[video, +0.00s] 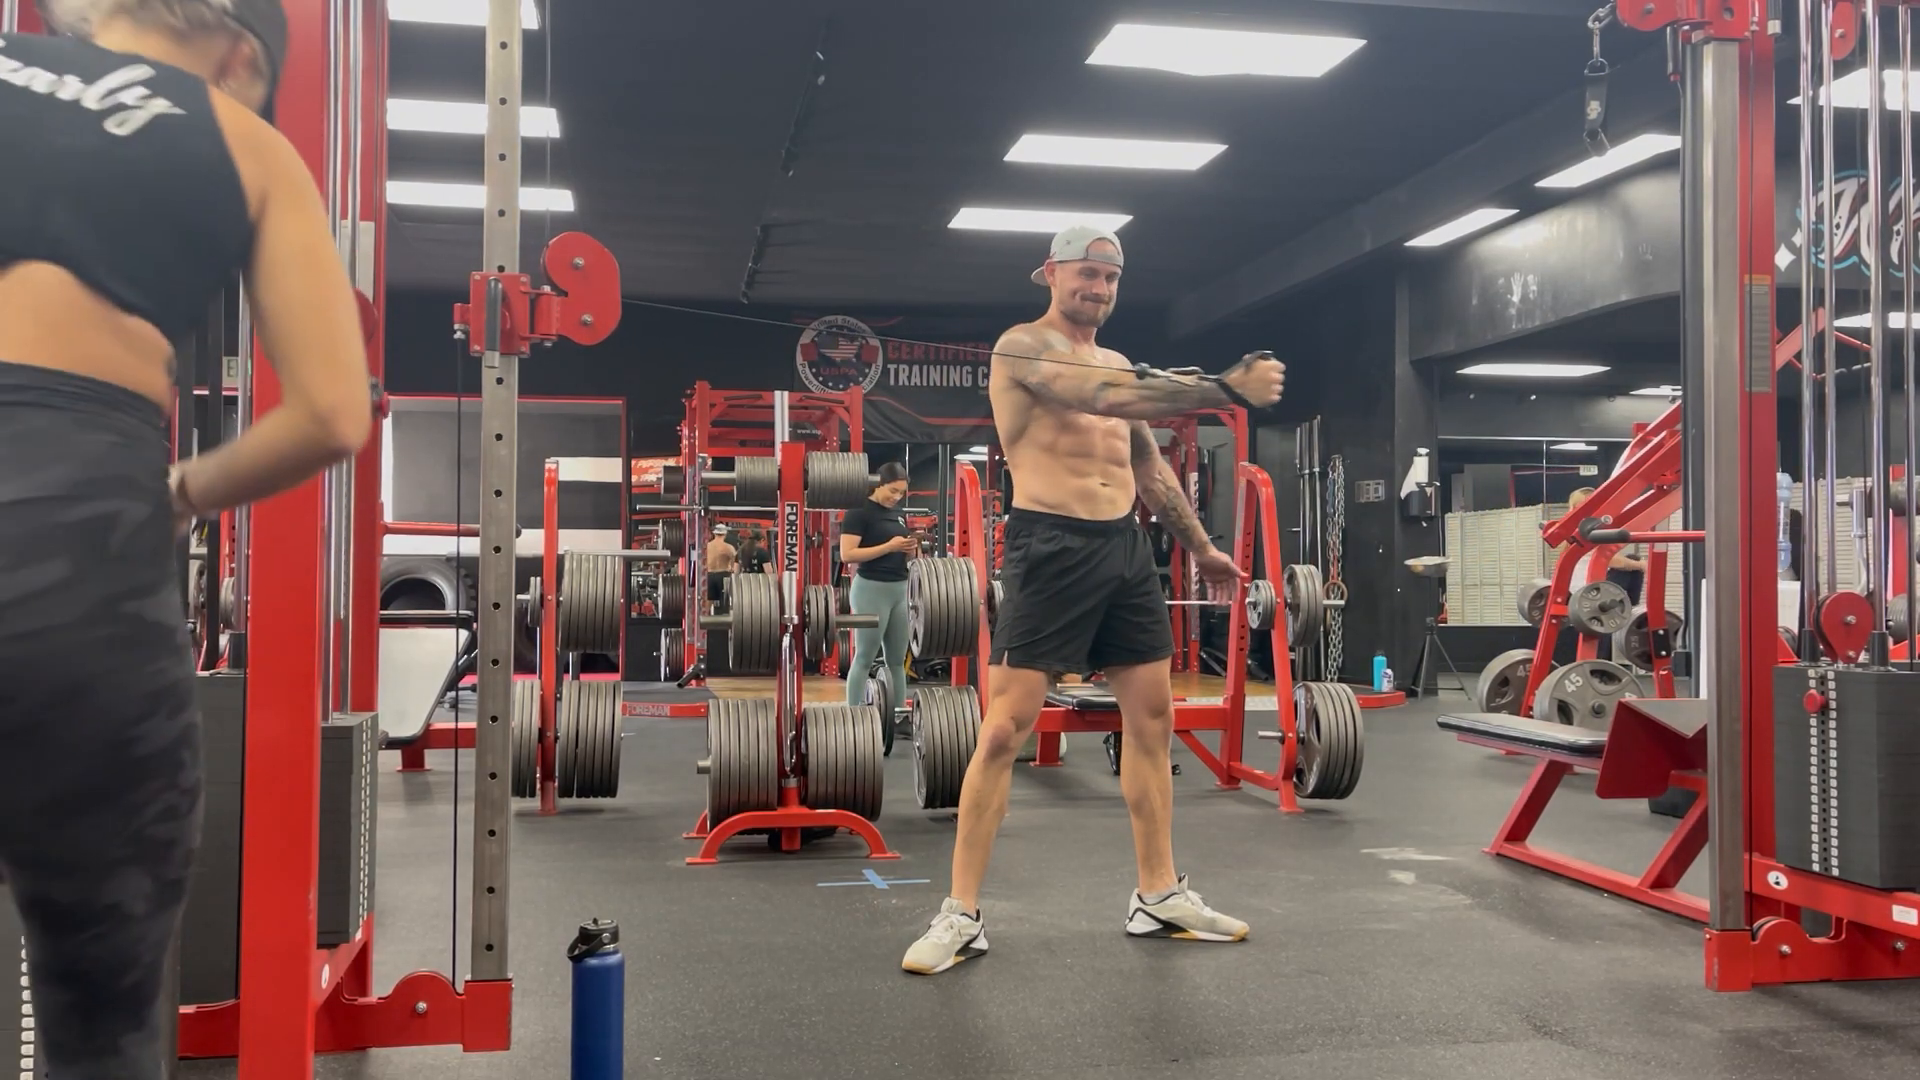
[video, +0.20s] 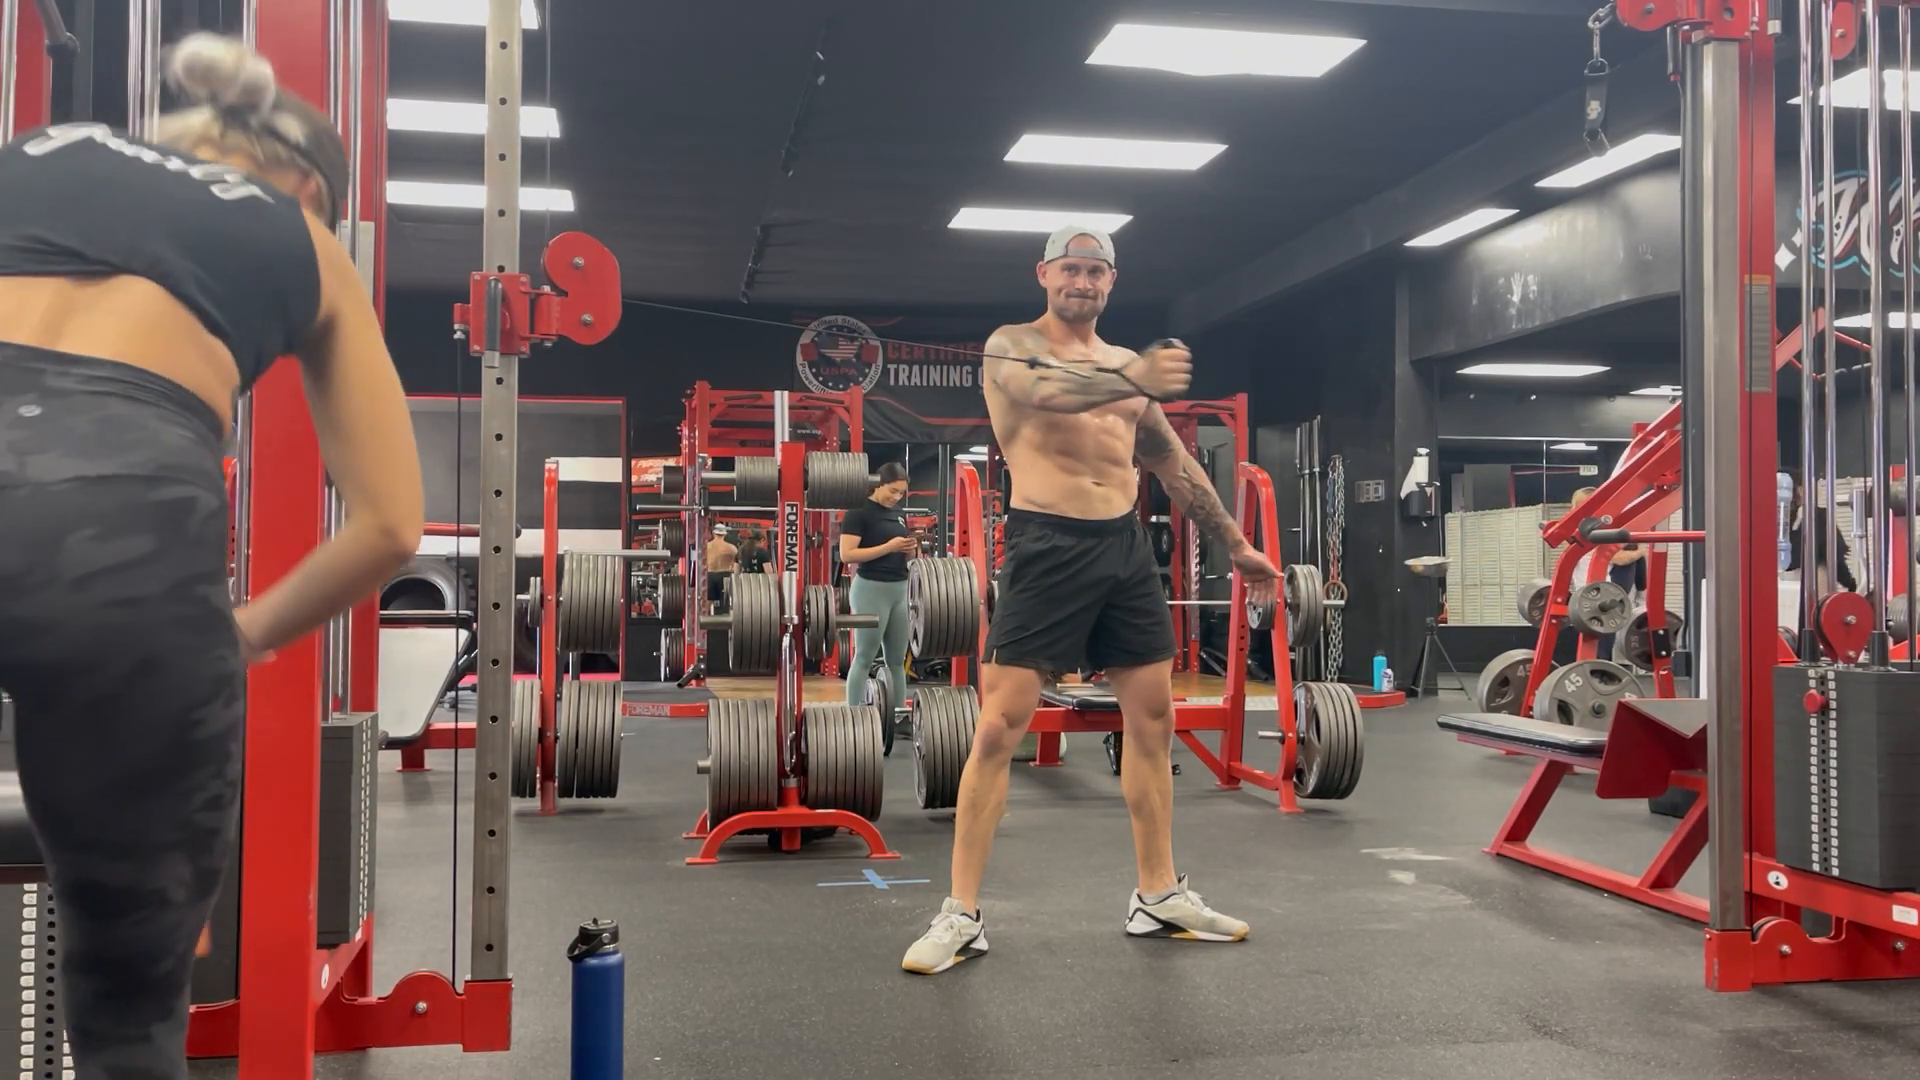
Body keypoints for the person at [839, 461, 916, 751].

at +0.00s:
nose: (898, 497)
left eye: (901, 493)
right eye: (894, 491)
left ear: (903, 491)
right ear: (879, 485)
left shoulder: (895, 515)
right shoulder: (858, 513)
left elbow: (900, 555)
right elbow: (846, 554)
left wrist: (911, 548)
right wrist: (889, 547)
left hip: (898, 590)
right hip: (870, 589)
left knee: (897, 660)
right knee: (865, 657)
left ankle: (901, 715)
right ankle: (853, 716)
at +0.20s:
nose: (898, 497)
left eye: (902, 493)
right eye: (894, 491)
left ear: (903, 491)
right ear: (879, 485)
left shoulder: (895, 515)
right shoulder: (858, 514)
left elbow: (901, 556)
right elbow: (846, 554)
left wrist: (911, 548)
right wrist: (889, 547)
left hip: (898, 590)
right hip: (870, 589)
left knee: (896, 660)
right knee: (864, 658)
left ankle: (901, 715)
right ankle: (853, 716)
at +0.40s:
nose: (898, 497)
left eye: (901, 493)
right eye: (894, 491)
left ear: (903, 491)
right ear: (879, 485)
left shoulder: (895, 515)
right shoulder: (858, 514)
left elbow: (902, 556)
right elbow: (846, 554)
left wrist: (911, 548)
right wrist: (888, 548)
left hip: (898, 590)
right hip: (870, 590)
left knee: (896, 661)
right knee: (865, 657)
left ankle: (901, 716)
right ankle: (853, 716)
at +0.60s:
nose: (897, 498)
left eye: (901, 493)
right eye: (893, 492)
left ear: (904, 491)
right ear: (879, 485)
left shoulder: (895, 514)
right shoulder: (858, 513)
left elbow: (898, 556)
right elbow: (846, 554)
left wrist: (910, 548)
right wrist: (887, 548)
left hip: (898, 590)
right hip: (870, 590)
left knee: (897, 661)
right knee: (864, 659)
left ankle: (900, 716)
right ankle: (853, 719)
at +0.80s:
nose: (897, 498)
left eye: (901, 494)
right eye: (893, 492)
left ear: (905, 491)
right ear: (880, 485)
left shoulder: (896, 515)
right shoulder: (858, 514)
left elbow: (897, 555)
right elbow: (846, 554)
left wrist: (910, 549)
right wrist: (887, 547)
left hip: (898, 590)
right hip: (870, 590)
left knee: (896, 661)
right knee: (864, 658)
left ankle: (900, 717)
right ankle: (853, 716)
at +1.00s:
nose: (898, 498)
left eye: (902, 493)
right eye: (894, 491)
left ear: (905, 490)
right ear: (880, 484)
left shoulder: (898, 513)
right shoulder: (858, 513)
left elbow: (905, 557)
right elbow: (846, 553)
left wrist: (910, 548)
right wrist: (887, 547)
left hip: (899, 591)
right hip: (870, 590)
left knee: (896, 661)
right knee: (864, 657)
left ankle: (900, 719)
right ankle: (852, 718)